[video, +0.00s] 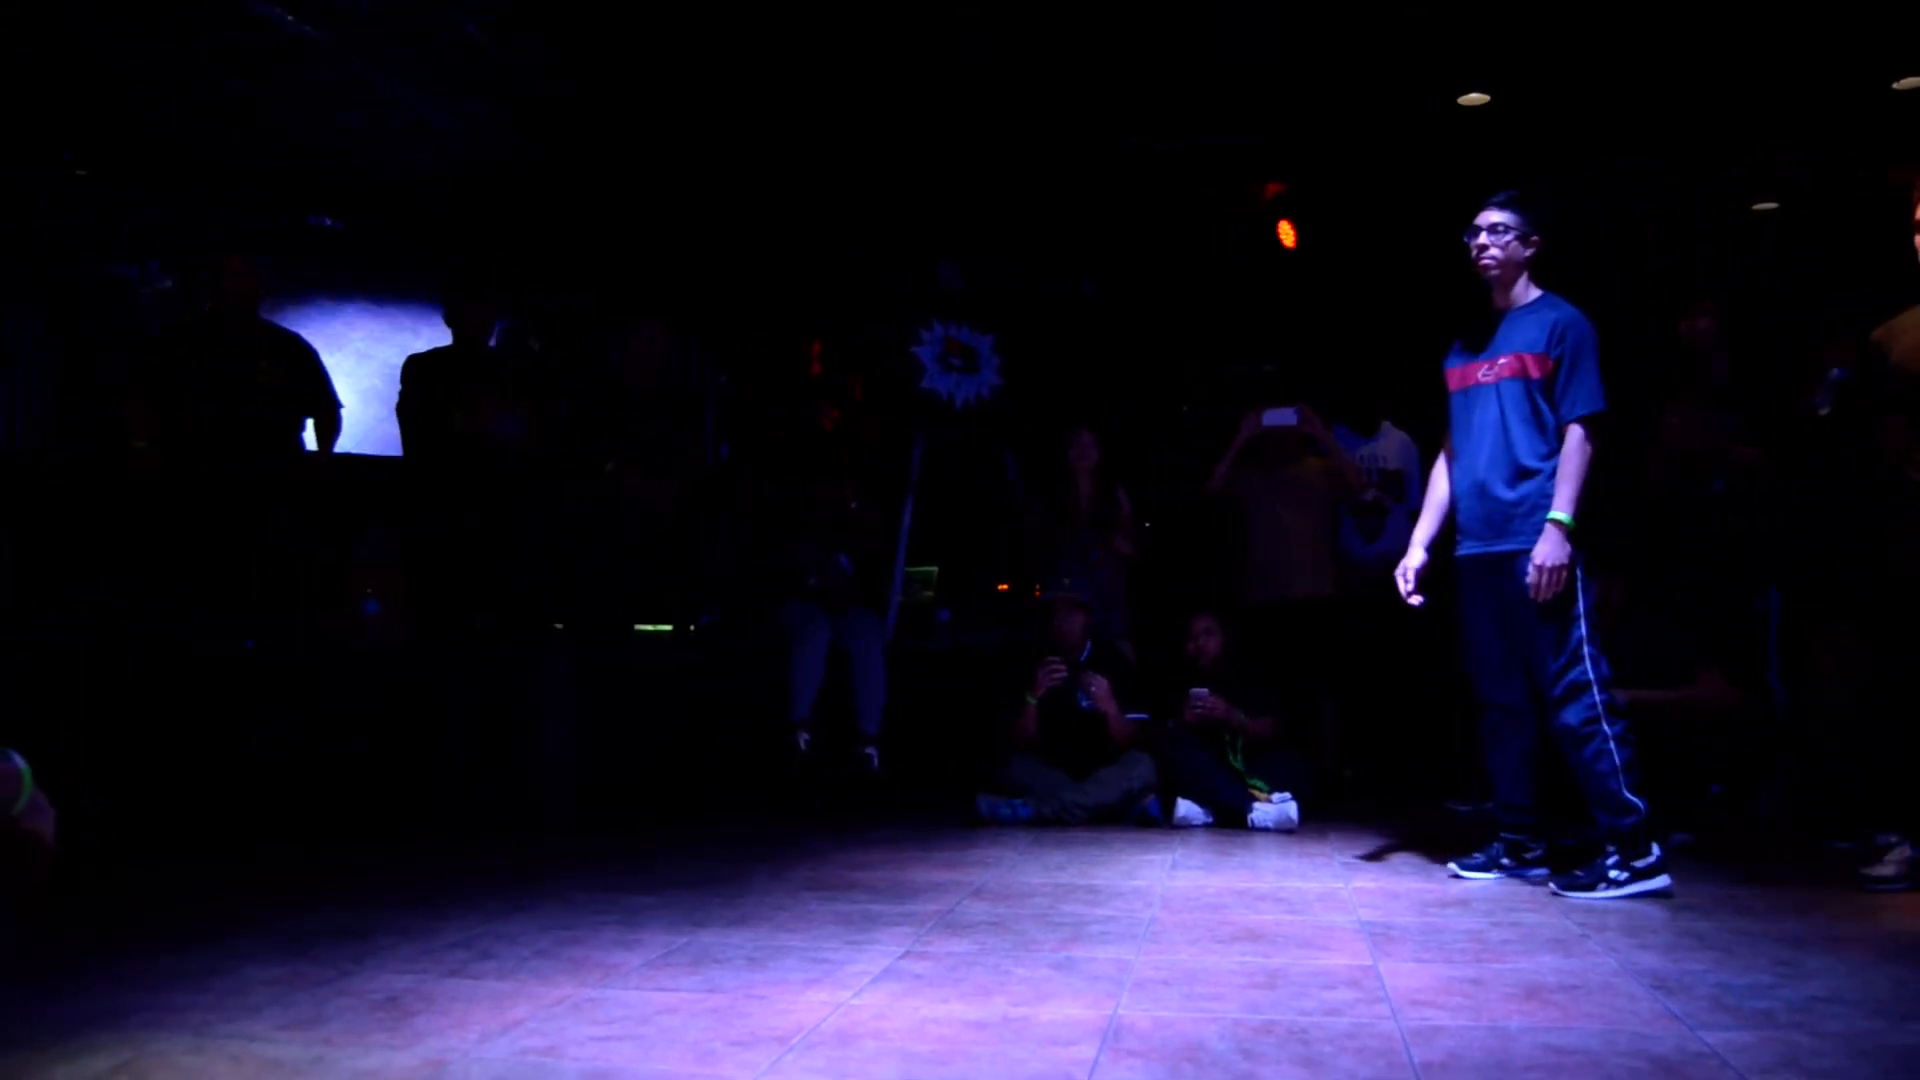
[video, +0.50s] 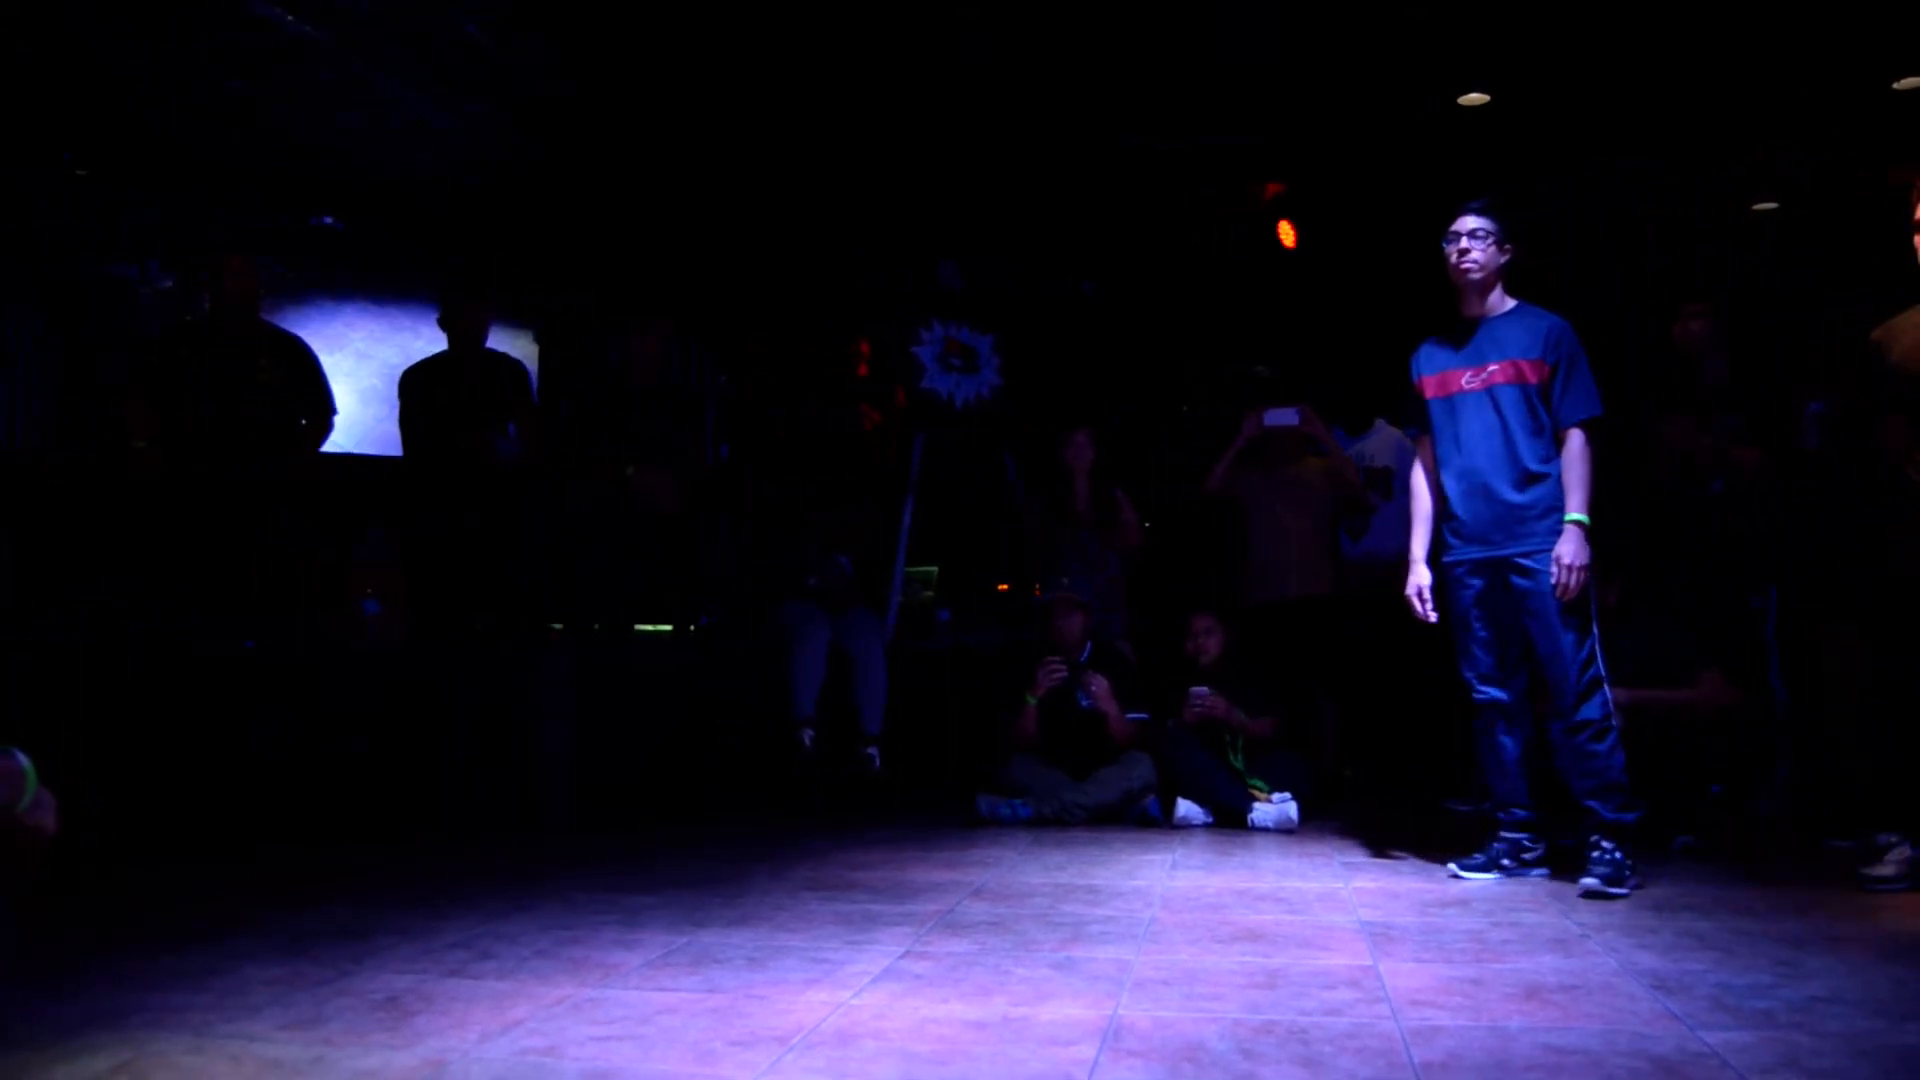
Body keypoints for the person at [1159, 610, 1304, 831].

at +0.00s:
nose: (1201, 644)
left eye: (1208, 635)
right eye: (1194, 637)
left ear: (1223, 638)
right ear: (1187, 645)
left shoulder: (1245, 676)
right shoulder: (1183, 679)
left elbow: (1268, 729)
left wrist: (1228, 715)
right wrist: (1186, 718)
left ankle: (1211, 810)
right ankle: (1251, 809)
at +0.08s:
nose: (1200, 643)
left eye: (1208, 634)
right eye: (1193, 637)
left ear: (1222, 638)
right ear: (1186, 644)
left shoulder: (1244, 676)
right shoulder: (1182, 678)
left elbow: (1269, 729)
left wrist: (1228, 715)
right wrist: (1186, 718)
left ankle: (1211, 810)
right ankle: (1251, 809)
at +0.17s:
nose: (1200, 643)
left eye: (1208, 634)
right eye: (1193, 636)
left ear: (1222, 638)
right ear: (1186, 643)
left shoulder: (1243, 675)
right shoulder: (1182, 678)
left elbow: (1268, 728)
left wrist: (1228, 715)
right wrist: (1185, 718)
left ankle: (1211, 811)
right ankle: (1251, 809)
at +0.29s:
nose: (1200, 643)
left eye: (1208, 634)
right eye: (1193, 636)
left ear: (1222, 637)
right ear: (1186, 642)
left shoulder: (1243, 674)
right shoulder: (1181, 677)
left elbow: (1268, 728)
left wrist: (1228, 714)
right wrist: (1185, 717)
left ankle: (1211, 811)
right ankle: (1251, 810)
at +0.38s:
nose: (1200, 643)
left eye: (1208, 634)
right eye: (1193, 636)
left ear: (1223, 638)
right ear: (1186, 642)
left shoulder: (1244, 675)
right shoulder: (1182, 678)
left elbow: (1269, 729)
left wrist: (1228, 714)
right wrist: (1185, 718)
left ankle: (1211, 810)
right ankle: (1251, 809)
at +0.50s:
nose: (1201, 643)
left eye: (1208, 634)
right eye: (1194, 636)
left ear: (1223, 636)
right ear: (1186, 643)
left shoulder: (1245, 675)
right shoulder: (1183, 678)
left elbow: (1269, 729)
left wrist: (1228, 714)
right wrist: (1186, 717)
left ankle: (1211, 810)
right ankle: (1251, 809)